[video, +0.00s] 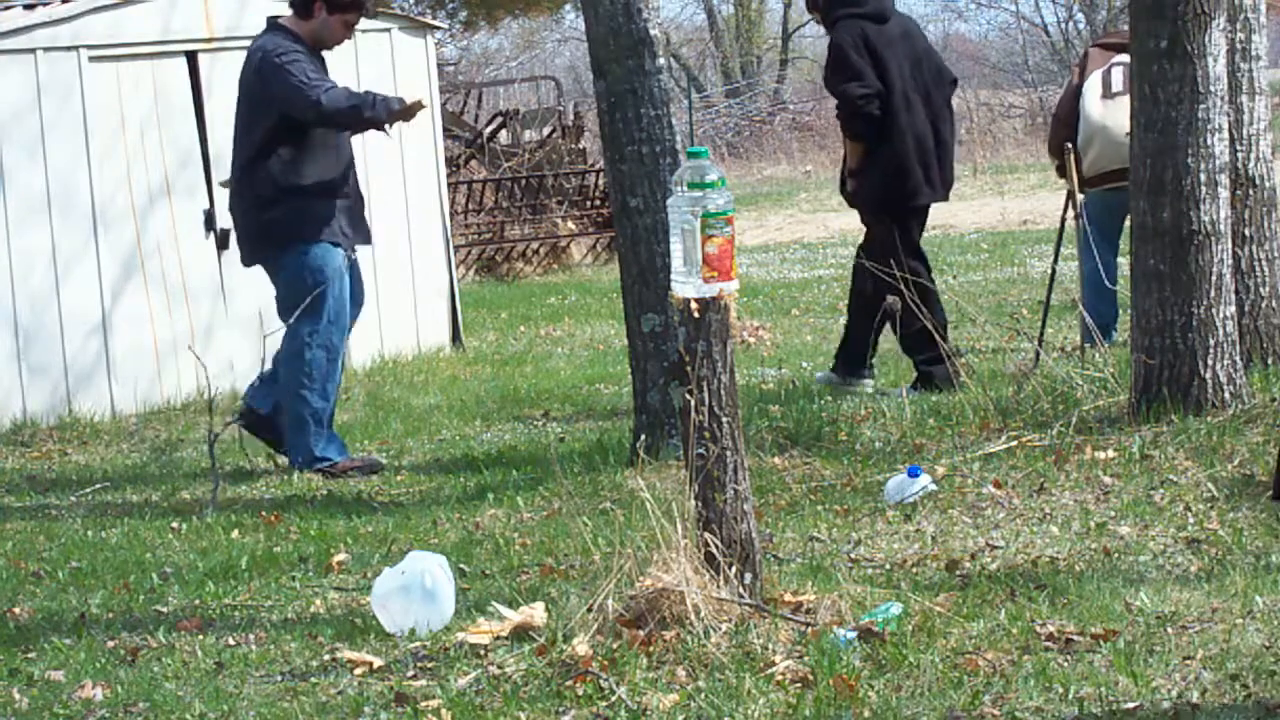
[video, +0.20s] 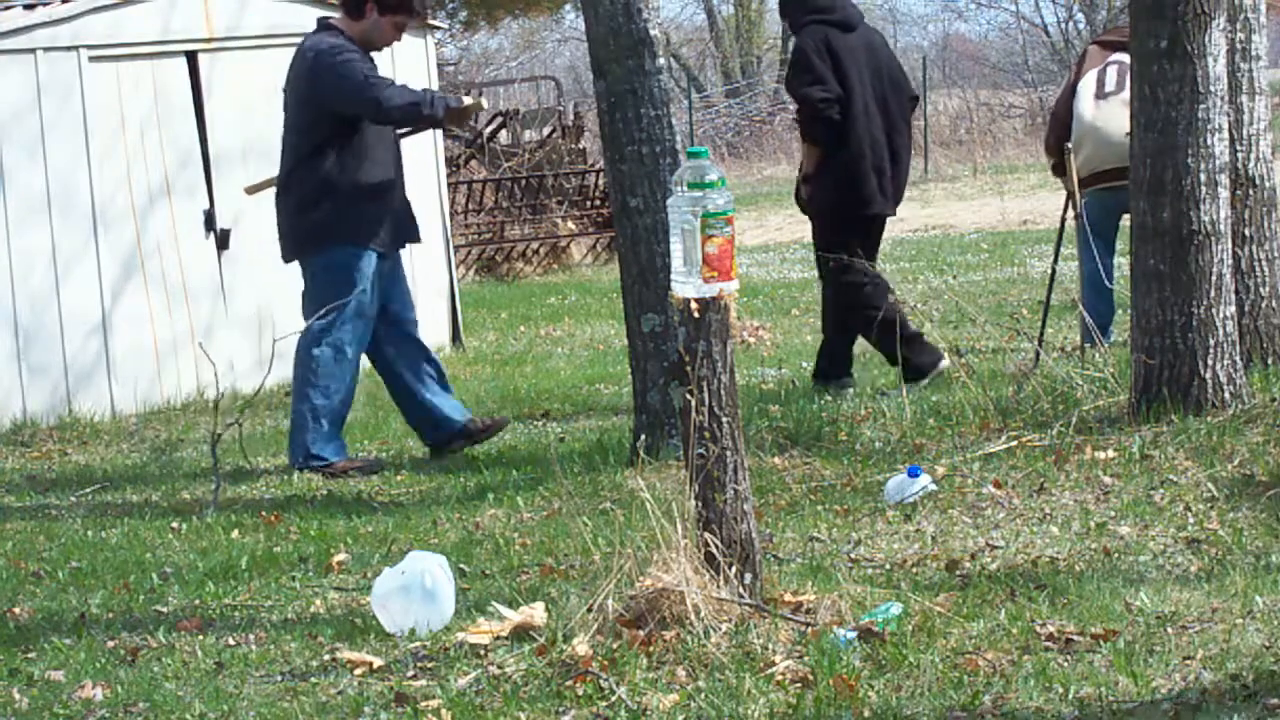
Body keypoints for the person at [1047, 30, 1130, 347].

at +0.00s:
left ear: (1112, 31)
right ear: (1147, 27)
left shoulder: (1094, 56)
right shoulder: (1163, 52)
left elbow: (1064, 114)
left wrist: (1062, 159)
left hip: (1104, 169)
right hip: (1157, 171)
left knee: (1097, 254)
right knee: (1160, 255)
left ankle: (1098, 339)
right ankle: (1164, 341)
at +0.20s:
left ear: (1114, 28)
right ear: (1150, 26)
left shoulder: (1092, 55)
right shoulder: (1164, 52)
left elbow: (1060, 115)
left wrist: (1060, 164)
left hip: (1099, 171)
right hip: (1153, 171)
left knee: (1095, 255)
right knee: (1159, 256)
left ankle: (1095, 343)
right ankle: (1162, 342)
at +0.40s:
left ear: (1119, 24)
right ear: (1153, 23)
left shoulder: (1095, 52)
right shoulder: (1166, 50)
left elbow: (1065, 112)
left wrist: (1061, 165)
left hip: (1098, 171)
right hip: (1153, 172)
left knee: (1096, 256)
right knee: (1159, 258)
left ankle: (1095, 344)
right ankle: (1162, 343)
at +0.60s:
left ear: (1121, 24)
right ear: (1155, 23)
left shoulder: (1098, 50)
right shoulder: (1169, 49)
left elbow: (1068, 110)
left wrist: (1062, 162)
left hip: (1099, 171)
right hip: (1154, 172)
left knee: (1096, 258)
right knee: (1159, 258)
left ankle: (1095, 343)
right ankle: (1164, 342)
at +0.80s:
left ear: (1124, 22)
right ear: (1157, 21)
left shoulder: (1101, 49)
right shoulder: (1171, 47)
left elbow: (1071, 108)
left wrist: (1063, 159)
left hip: (1102, 168)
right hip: (1157, 170)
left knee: (1098, 256)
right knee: (1161, 257)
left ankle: (1097, 342)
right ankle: (1166, 341)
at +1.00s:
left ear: (1115, 26)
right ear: (1148, 24)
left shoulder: (1091, 56)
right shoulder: (1163, 51)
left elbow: (1060, 117)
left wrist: (1058, 163)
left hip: (1095, 173)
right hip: (1150, 174)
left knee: (1091, 254)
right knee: (1154, 256)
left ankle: (1090, 341)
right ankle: (1157, 340)